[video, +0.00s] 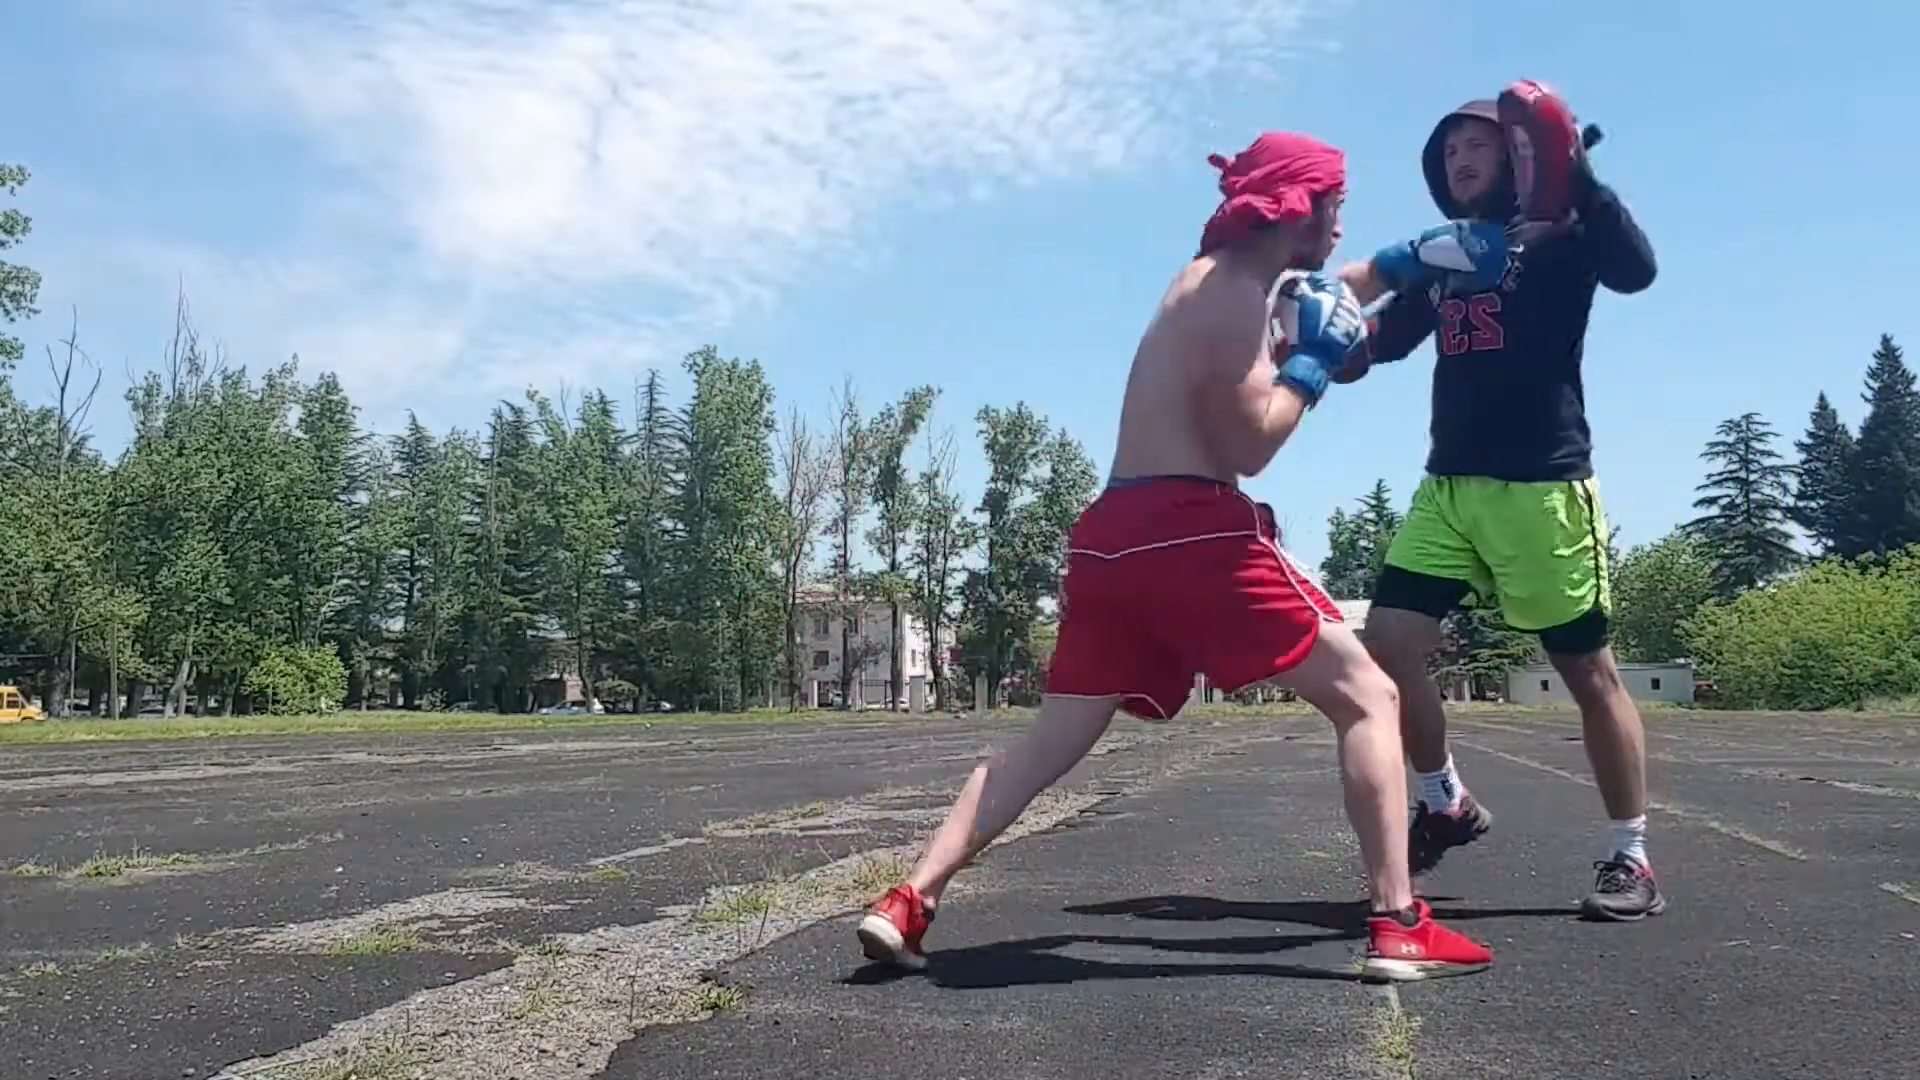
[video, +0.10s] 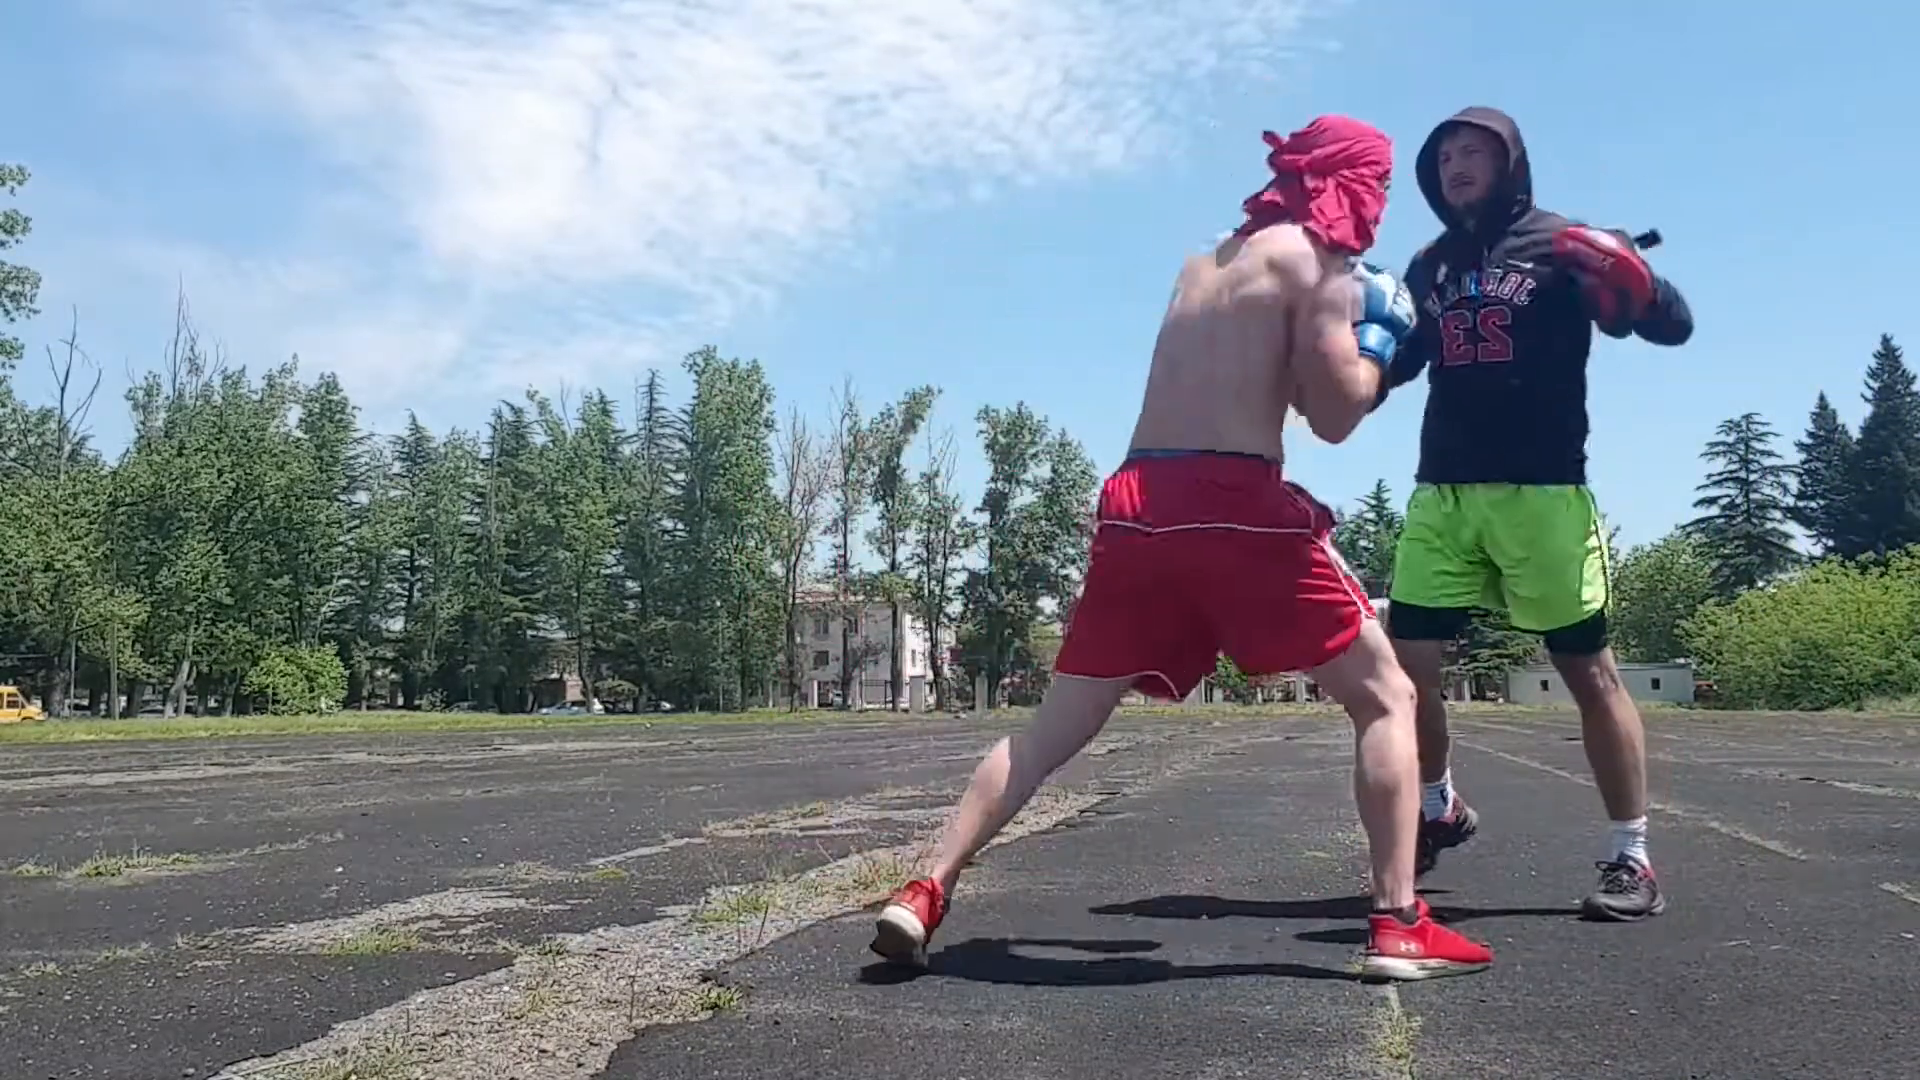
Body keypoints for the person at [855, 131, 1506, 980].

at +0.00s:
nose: (1339, 223)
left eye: (1338, 206)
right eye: (1333, 205)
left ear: (1260, 209)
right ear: (1297, 211)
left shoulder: (1199, 278)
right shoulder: (1240, 290)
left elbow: (1325, 296)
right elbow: (1248, 445)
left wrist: (1405, 263)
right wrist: (1311, 366)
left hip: (1107, 536)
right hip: (1199, 530)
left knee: (1051, 738)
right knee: (1368, 698)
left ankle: (910, 899)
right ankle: (1400, 920)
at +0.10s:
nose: (1370, 228)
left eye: (1375, 210)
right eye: (1370, 206)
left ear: (1284, 184)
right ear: (1342, 195)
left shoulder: (1200, 263)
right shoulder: (1323, 268)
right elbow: (1336, 417)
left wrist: (1351, 337)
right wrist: (1383, 347)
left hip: (1134, 510)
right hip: (1246, 513)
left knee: (1054, 726)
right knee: (1386, 698)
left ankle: (924, 890)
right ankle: (1399, 917)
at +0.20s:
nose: (1370, 193)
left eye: (1368, 182)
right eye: (1367, 180)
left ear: (1266, 162)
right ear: (1344, 168)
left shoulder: (1181, 235)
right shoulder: (1363, 222)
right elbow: (1417, 366)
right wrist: (1374, 320)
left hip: (1162, 487)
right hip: (1287, 486)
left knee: (1072, 702)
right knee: (1384, 703)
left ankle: (984, 895)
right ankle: (1403, 918)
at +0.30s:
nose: (1325, 155)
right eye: (1321, 143)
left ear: (1219, 144)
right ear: (1309, 141)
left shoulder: (1156, 222)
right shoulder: (1351, 197)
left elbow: (1141, 372)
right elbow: (1418, 338)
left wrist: (1234, 322)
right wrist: (1347, 293)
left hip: (1181, 474)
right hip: (1311, 470)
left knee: (1102, 698)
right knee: (1378, 699)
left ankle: (1074, 887)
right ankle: (1408, 917)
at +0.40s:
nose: (1155, 172)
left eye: (1160, 159)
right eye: (1161, 162)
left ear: (1180, 154)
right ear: (1264, 141)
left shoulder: (1132, 232)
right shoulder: (1325, 200)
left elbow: (1127, 390)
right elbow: (1378, 342)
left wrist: (1200, 300)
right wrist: (1296, 283)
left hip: (1189, 482)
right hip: (1319, 475)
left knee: (1133, 723)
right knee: (1383, 702)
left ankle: (1144, 942)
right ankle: (1422, 918)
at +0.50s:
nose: (1134, 168)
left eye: (1139, 155)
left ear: (1153, 154)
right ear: (1243, 140)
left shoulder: (1117, 232)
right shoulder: (1309, 198)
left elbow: (1114, 391)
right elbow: (1360, 339)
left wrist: (1171, 292)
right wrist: (1268, 289)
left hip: (1202, 472)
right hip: (1330, 465)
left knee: (1137, 717)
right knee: (1377, 679)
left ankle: (1138, 955)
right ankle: (1449, 884)